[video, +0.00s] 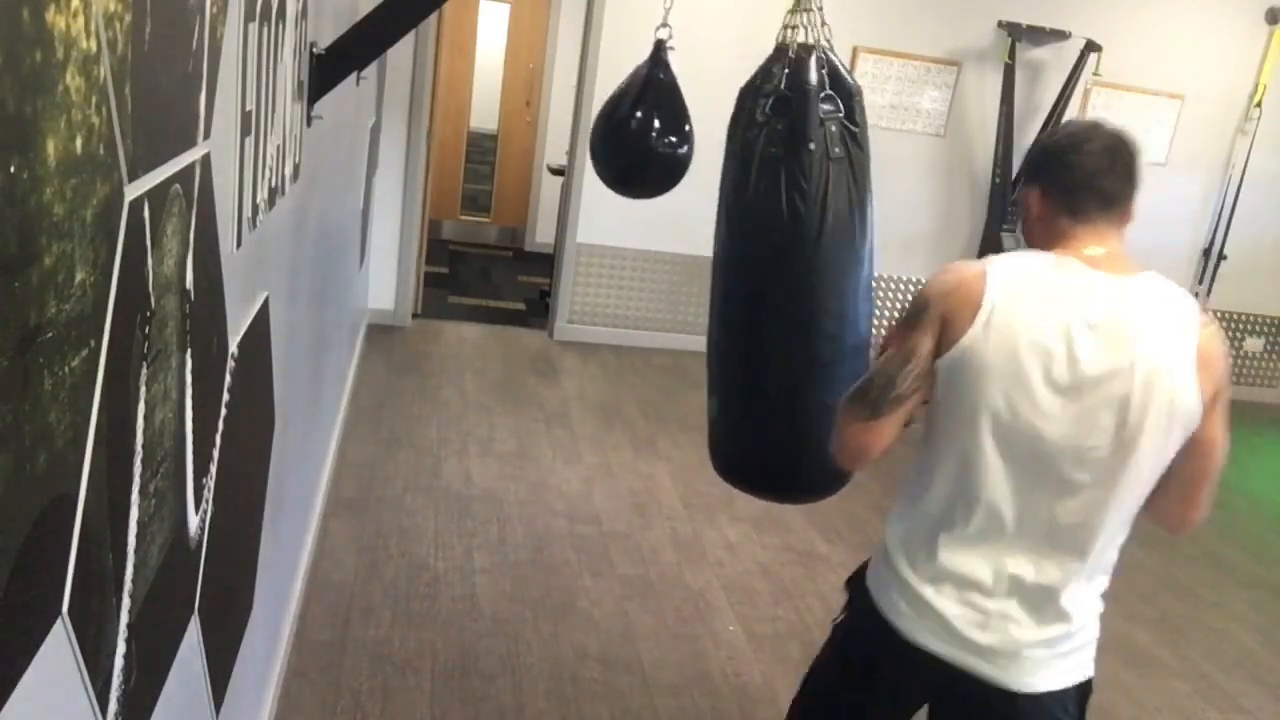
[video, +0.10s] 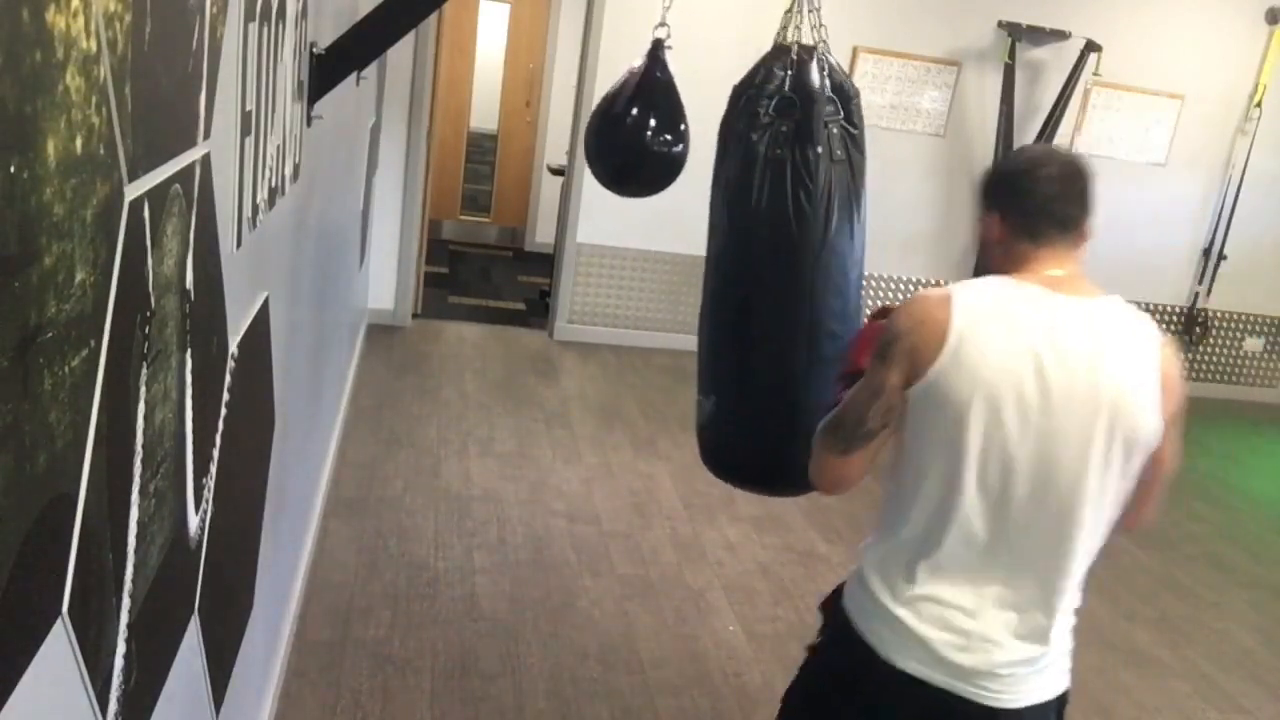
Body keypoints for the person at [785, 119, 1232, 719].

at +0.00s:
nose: (1021, 217)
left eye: (1021, 202)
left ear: (1033, 203)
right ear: (1129, 212)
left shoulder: (966, 289)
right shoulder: (1197, 339)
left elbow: (854, 445)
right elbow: (1182, 510)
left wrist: (900, 375)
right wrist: (1108, 442)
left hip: (902, 630)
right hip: (1042, 673)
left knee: (825, 711)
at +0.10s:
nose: (978, 237)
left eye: (979, 221)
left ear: (994, 227)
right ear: (1085, 234)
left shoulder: (936, 317)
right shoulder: (1156, 357)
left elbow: (832, 471)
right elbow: (1138, 510)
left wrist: (867, 373)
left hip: (883, 661)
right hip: (1025, 688)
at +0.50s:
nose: (867, 187)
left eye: (869, 173)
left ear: (875, 178)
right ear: (961, 182)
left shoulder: (819, 250)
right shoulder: (1013, 284)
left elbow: (754, 382)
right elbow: (1004, 420)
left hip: (797, 560)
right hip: (913, 585)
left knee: (752, 707)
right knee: (897, 712)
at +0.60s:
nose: (874, 187)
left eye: (875, 175)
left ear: (878, 180)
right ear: (964, 187)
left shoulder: (821, 250)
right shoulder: (1015, 288)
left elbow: (752, 380)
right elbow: (991, 416)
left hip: (793, 552)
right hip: (908, 579)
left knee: (736, 702)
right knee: (884, 711)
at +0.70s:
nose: (866, 202)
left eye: (867, 191)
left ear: (871, 197)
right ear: (956, 202)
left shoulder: (813, 270)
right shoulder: (1004, 306)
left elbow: (745, 396)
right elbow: (987, 429)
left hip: (775, 560)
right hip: (890, 590)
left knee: (706, 693)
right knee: (875, 712)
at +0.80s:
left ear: (855, 182)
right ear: (938, 188)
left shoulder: (792, 251)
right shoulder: (979, 289)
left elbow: (718, 374)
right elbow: (981, 428)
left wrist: (794, 347)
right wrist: (911, 385)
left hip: (757, 538)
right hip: (867, 573)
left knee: (682, 683)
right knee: (857, 712)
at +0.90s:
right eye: (905, 168)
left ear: (825, 166)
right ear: (905, 177)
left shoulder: (762, 232)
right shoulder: (936, 267)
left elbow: (687, 321)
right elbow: (963, 418)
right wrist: (910, 391)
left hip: (730, 525)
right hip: (836, 553)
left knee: (651, 688)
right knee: (839, 711)